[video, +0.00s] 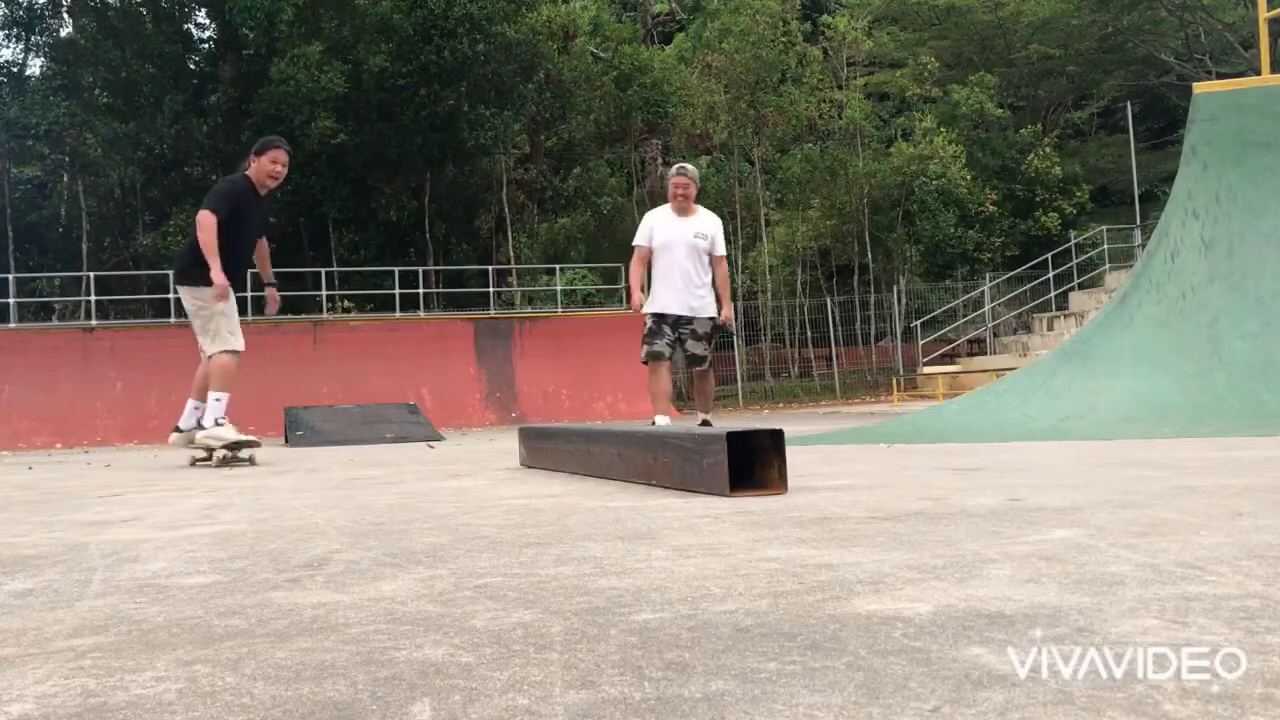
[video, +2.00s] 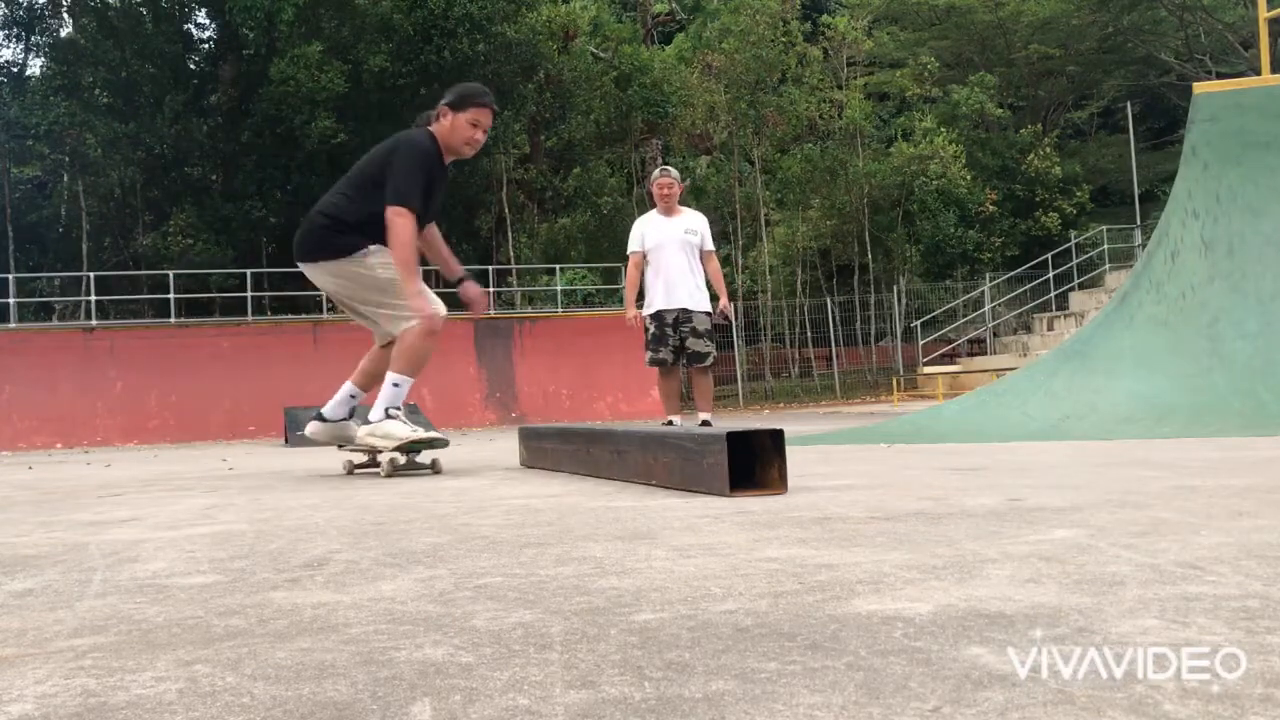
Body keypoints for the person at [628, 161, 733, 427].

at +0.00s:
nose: (680, 191)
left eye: (686, 187)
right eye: (675, 186)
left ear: (696, 189)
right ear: (668, 188)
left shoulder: (711, 221)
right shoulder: (652, 218)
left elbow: (720, 265)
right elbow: (639, 260)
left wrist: (726, 304)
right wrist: (636, 292)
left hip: (699, 308)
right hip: (661, 307)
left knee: (701, 366)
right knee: (657, 361)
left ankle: (705, 419)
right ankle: (661, 421)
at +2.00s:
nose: (665, 192)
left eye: (670, 187)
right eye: (660, 187)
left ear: (680, 189)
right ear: (652, 191)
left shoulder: (697, 219)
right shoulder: (642, 224)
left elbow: (710, 259)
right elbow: (635, 266)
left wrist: (723, 295)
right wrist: (630, 305)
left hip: (696, 304)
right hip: (659, 307)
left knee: (701, 365)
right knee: (667, 367)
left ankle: (705, 419)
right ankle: (673, 421)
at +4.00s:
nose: (668, 191)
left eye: (673, 186)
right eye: (663, 186)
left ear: (683, 188)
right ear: (655, 190)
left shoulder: (701, 220)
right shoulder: (645, 223)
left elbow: (713, 260)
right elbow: (637, 265)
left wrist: (726, 297)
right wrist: (632, 305)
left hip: (697, 305)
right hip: (661, 307)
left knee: (702, 365)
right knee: (668, 366)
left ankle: (705, 418)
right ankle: (673, 420)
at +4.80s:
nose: (669, 190)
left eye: (675, 185)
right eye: (665, 186)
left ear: (686, 187)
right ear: (659, 190)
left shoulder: (706, 220)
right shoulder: (650, 223)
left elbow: (717, 260)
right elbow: (641, 265)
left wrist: (728, 298)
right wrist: (634, 304)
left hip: (699, 305)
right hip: (662, 306)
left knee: (702, 365)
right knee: (668, 366)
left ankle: (704, 419)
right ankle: (673, 420)